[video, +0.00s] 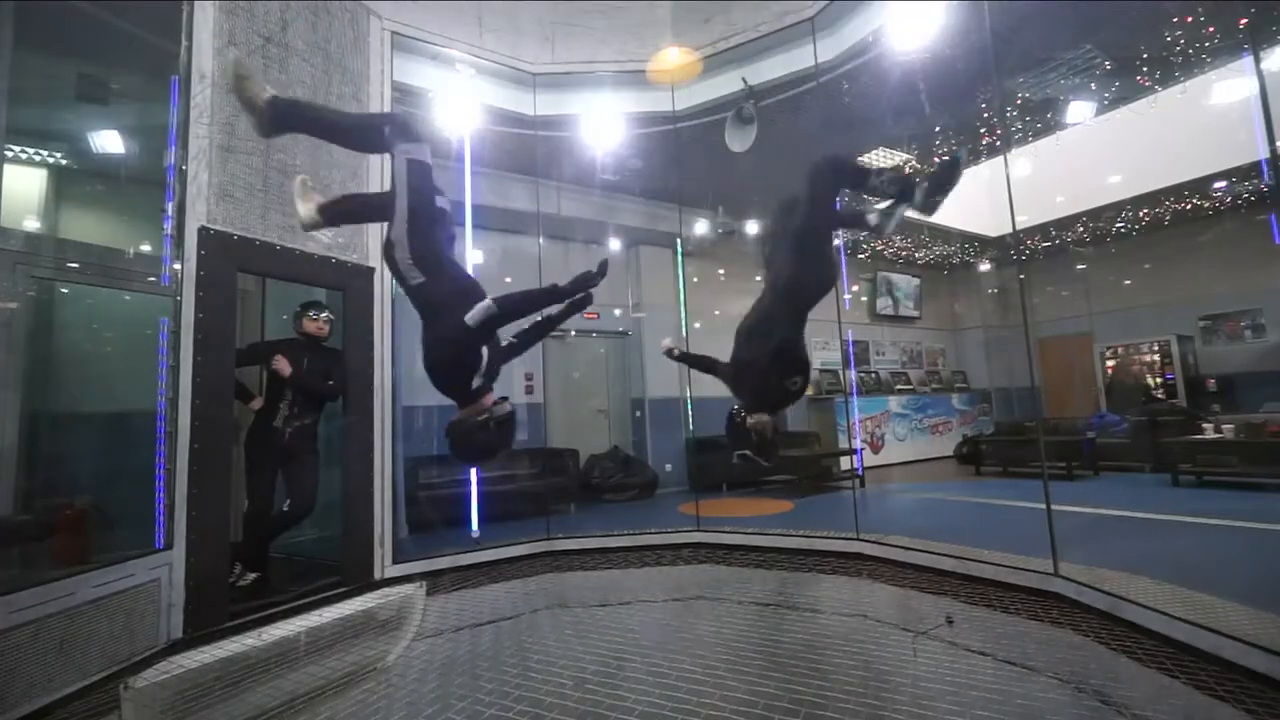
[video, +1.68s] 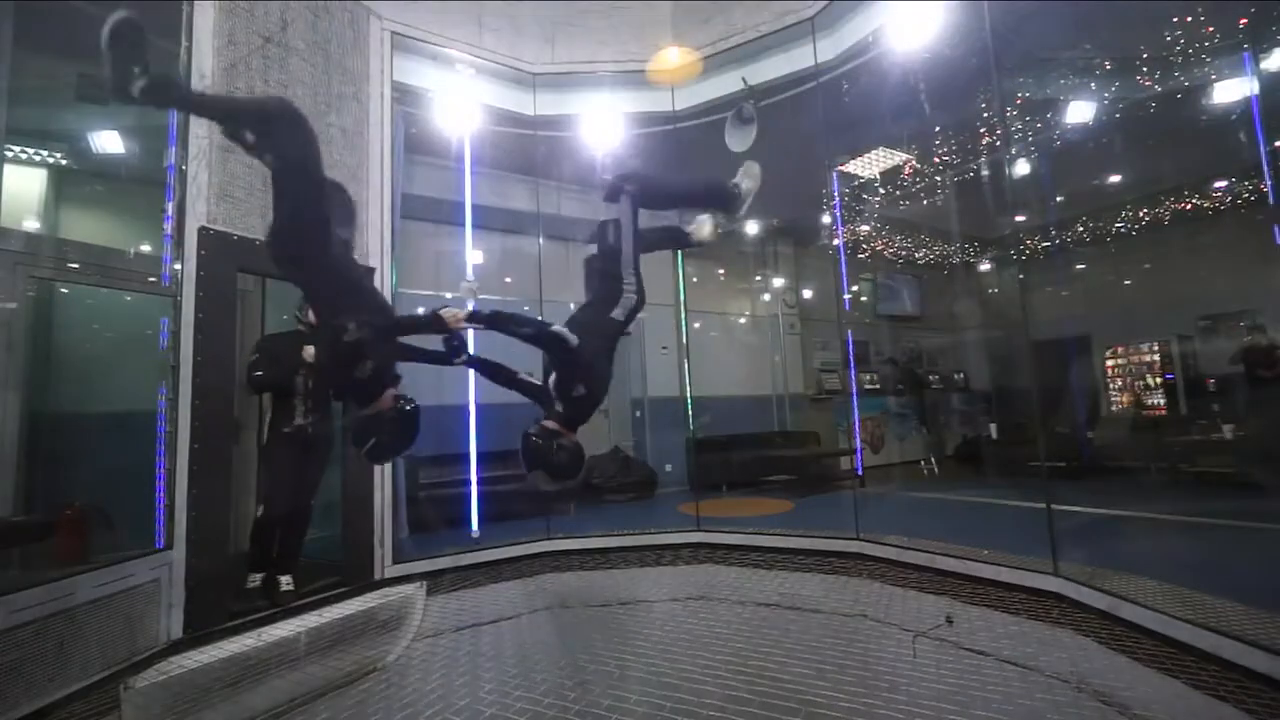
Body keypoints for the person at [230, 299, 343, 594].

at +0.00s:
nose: (320, 324)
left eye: (325, 320)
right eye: (313, 318)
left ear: (331, 326)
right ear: (299, 322)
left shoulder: (334, 357)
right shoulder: (279, 348)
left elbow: (333, 392)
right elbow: (224, 361)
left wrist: (292, 374)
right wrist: (250, 398)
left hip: (302, 440)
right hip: (264, 436)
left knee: (302, 505)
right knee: (260, 505)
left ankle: (242, 552)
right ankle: (255, 569)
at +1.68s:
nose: (319, 314)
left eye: (322, 309)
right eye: (314, 309)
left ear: (328, 313)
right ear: (302, 311)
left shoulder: (332, 346)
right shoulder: (274, 343)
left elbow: (341, 390)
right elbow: (256, 380)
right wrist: (297, 363)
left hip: (316, 439)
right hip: (281, 438)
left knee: (301, 506)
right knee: (272, 506)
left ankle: (286, 574)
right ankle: (258, 571)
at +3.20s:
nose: (315, 310)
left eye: (319, 306)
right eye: (307, 305)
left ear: (323, 313)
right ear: (290, 310)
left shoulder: (319, 351)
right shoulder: (266, 338)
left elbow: (352, 379)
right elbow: (235, 362)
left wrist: (354, 357)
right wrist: (279, 360)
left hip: (301, 437)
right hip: (265, 431)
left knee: (299, 506)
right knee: (229, 465)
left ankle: (283, 573)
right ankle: (236, 539)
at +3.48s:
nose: (310, 317)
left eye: (314, 313)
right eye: (301, 312)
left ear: (320, 322)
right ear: (284, 320)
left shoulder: (317, 355)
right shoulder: (262, 347)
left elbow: (335, 357)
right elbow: (209, 365)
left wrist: (352, 361)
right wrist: (252, 363)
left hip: (295, 446)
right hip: (256, 438)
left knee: (301, 517)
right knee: (216, 445)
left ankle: (281, 577)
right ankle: (191, 518)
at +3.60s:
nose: (305, 312)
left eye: (310, 309)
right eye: (297, 306)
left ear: (314, 321)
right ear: (280, 313)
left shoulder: (312, 352)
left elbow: (329, 356)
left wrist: (341, 356)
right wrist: (218, 349)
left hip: (282, 440)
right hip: (243, 431)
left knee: (288, 516)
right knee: (204, 426)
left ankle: (279, 575)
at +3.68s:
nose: (299, 306)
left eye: (305, 304)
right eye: (291, 301)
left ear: (309, 318)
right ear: (275, 308)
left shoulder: (309, 349)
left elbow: (364, 356)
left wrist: (338, 350)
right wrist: (182, 349)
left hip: (265, 434)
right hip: (222, 419)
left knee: (270, 518)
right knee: (194, 418)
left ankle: (265, 553)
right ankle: (124, 466)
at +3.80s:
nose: (287, 305)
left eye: (294, 304)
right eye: (280, 300)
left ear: (300, 318)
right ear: (263, 307)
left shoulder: (301, 350)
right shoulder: (231, 331)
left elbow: (363, 360)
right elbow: (180, 352)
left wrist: (333, 348)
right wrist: (175, 355)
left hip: (239, 440)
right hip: (199, 423)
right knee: (168, 385)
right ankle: (91, 442)